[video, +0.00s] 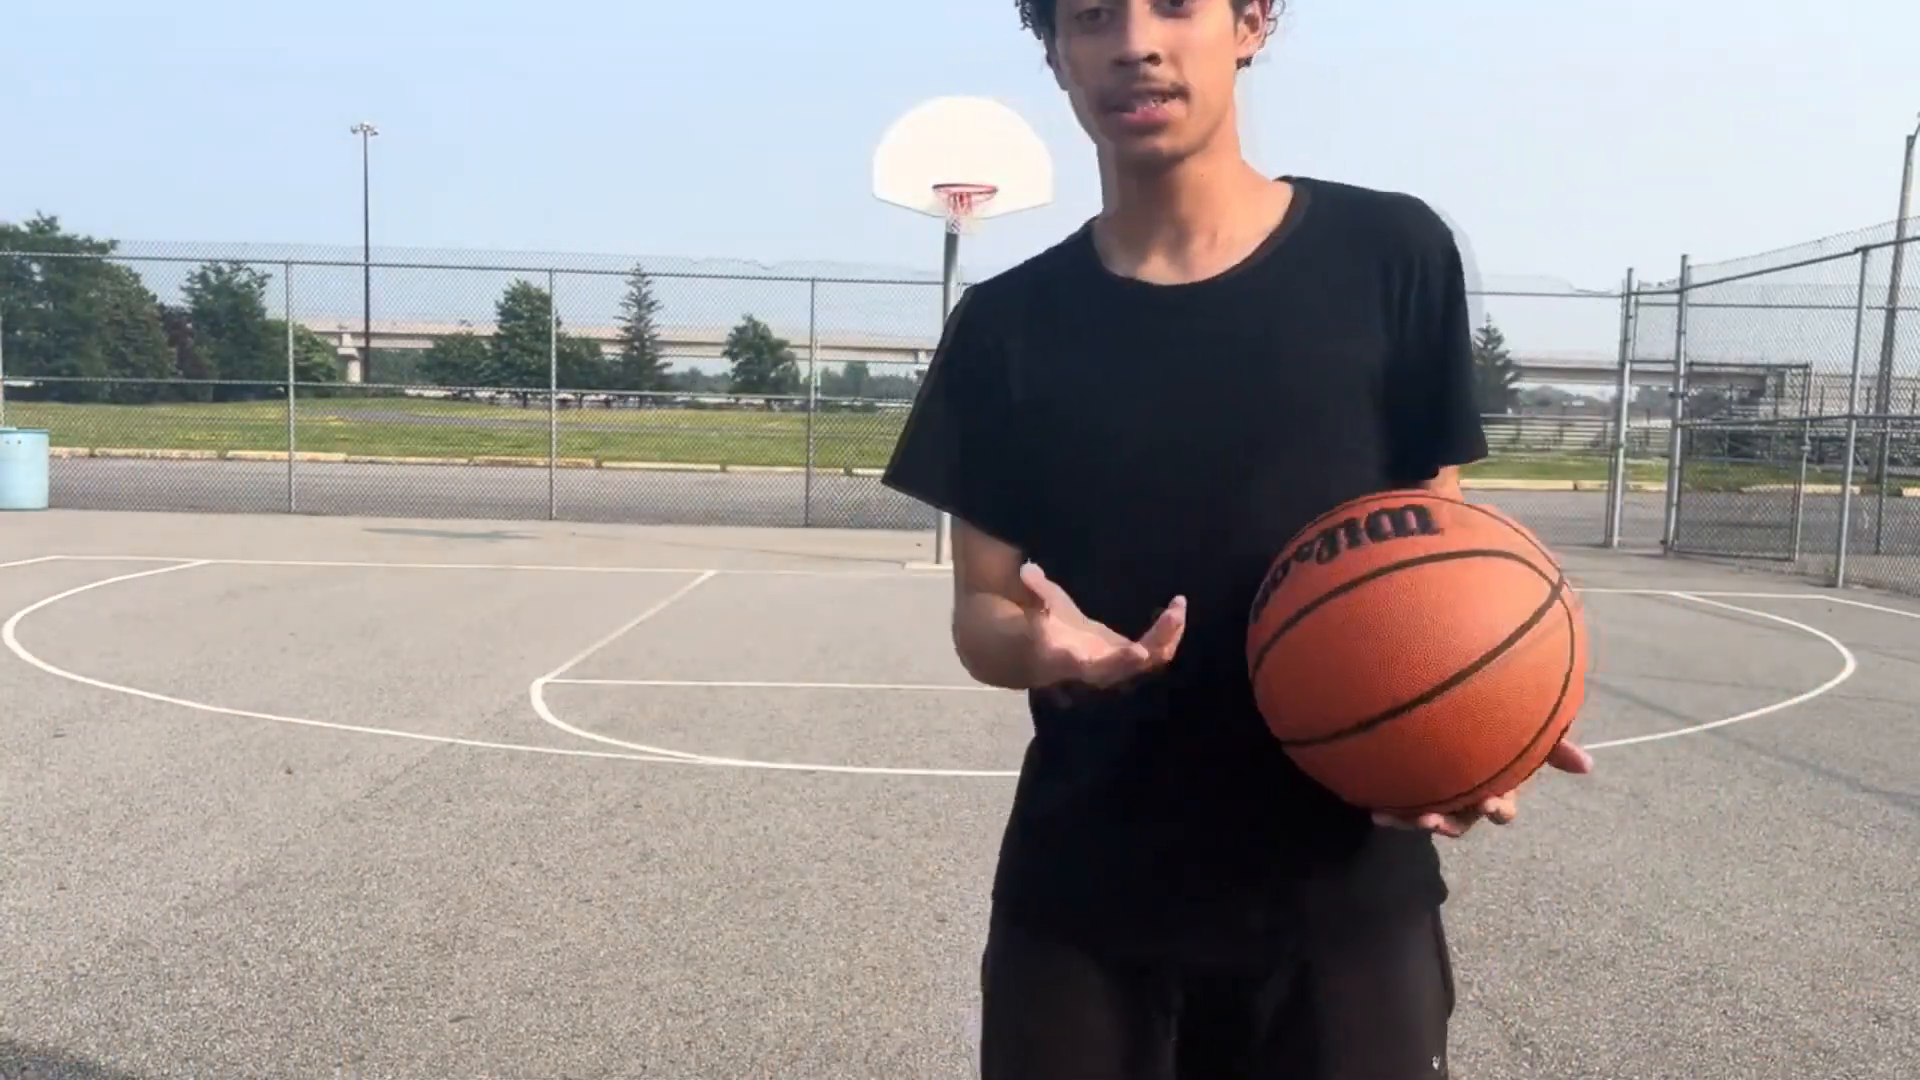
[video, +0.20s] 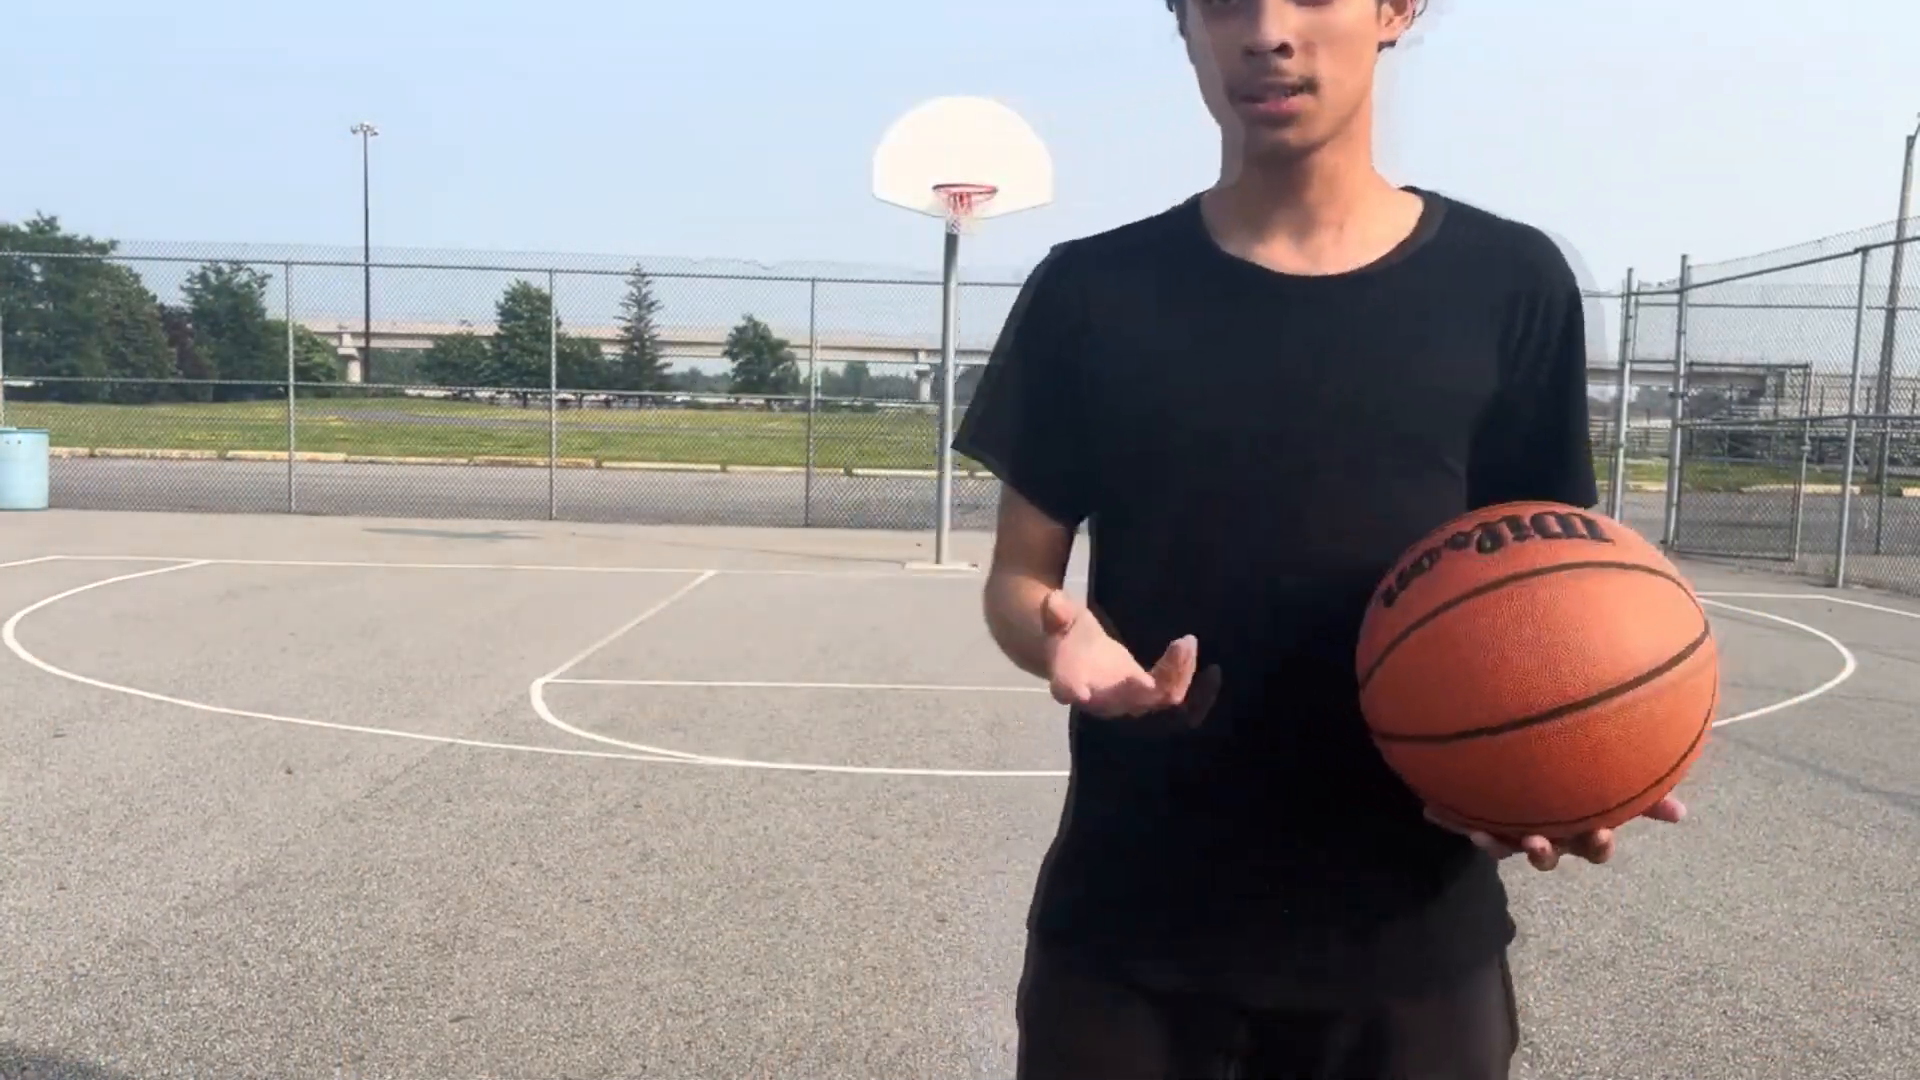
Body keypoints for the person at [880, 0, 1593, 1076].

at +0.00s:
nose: (1138, 43)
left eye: (1177, 4)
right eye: (1096, 13)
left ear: (1250, 25)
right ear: (1054, 50)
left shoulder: (1393, 254)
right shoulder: (1004, 324)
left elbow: (1436, 537)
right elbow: (979, 608)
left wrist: (1466, 714)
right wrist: (1038, 645)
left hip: (1346, 886)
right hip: (1089, 897)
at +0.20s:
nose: (1270, 32)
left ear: (1391, 15)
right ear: (1187, 28)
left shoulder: (1513, 284)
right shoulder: (1088, 293)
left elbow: (1549, 590)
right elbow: (1019, 576)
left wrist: (1564, 761)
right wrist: (1065, 635)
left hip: (1415, 934)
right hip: (1133, 935)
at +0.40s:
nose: (1409, 13)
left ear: (1540, 9)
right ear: (1324, 16)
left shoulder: (1640, 307)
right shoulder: (1183, 278)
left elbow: (1635, 621)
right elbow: (1067, 569)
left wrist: (1648, 812)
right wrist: (1170, 731)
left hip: (1475, 981)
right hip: (1173, 970)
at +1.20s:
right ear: (1180, 0)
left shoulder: (1556, 240)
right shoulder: (1054, 265)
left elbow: (1522, 611)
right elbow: (943, 636)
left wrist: (1627, 889)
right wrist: (1212, 763)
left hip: (1442, 1020)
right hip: (1124, 1017)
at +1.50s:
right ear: (983, 0)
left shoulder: (1420, 173)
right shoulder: (893, 297)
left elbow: (1472, 516)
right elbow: (831, 653)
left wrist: (1516, 771)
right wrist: (1005, 768)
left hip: (1391, 972)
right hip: (1046, 999)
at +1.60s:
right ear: (909, 8)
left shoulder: (1387, 167)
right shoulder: (861, 323)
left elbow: (1470, 524)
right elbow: (827, 666)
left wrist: (1477, 820)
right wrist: (974, 805)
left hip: (1371, 947)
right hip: (1036, 987)